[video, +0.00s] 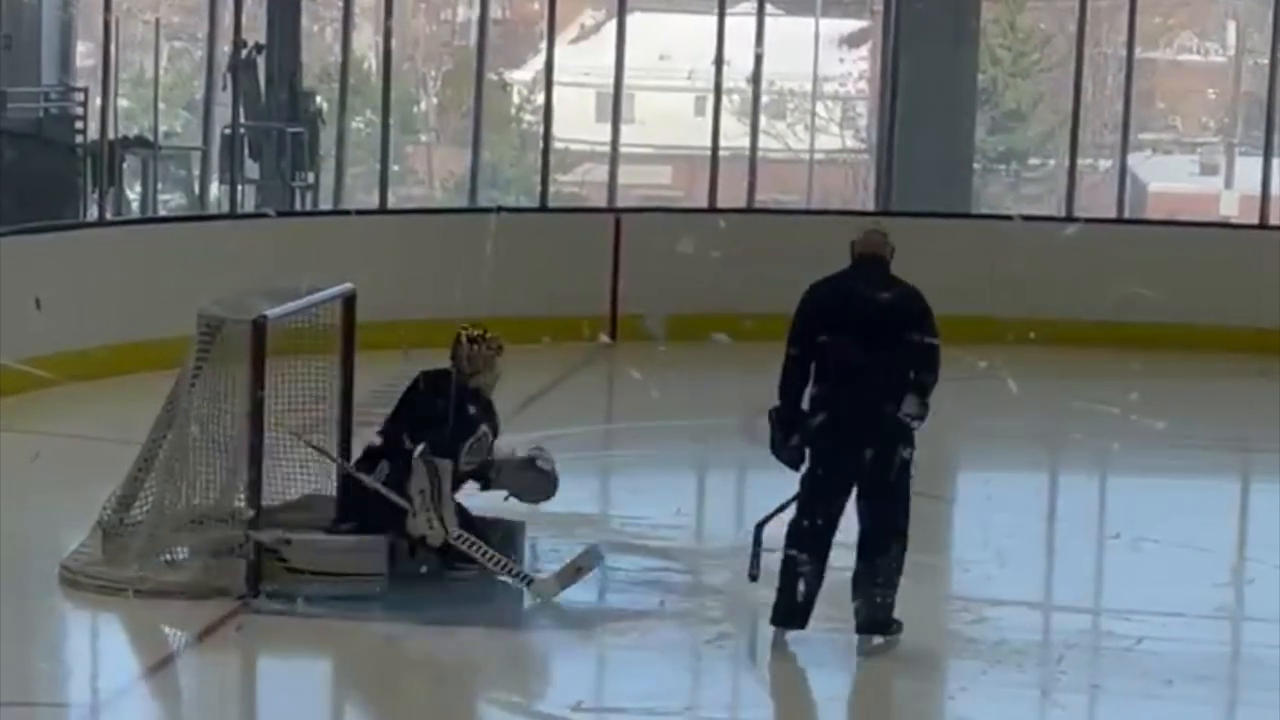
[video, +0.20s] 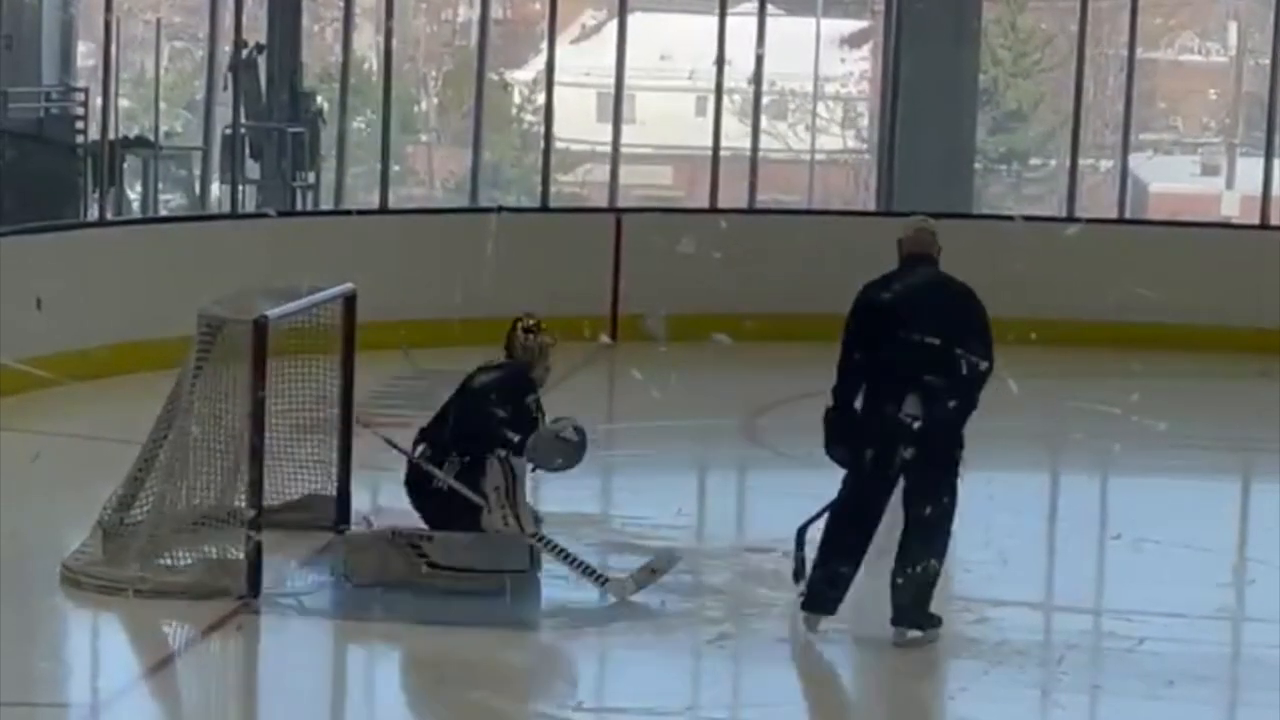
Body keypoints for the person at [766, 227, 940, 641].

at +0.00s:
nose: (877, 261)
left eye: (868, 252)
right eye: (886, 254)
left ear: (852, 255)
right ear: (890, 258)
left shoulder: (821, 294)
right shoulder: (910, 301)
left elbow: (796, 364)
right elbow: (926, 365)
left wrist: (787, 422)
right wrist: (909, 415)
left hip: (832, 427)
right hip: (888, 433)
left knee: (814, 517)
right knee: (884, 526)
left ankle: (789, 609)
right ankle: (874, 618)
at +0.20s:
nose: (916, 261)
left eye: (908, 253)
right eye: (928, 254)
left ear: (899, 253)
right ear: (938, 255)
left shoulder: (876, 293)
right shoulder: (965, 300)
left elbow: (852, 363)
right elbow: (978, 366)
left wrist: (839, 420)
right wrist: (954, 416)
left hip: (880, 427)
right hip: (938, 435)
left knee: (855, 511)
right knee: (928, 523)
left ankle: (818, 602)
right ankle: (910, 616)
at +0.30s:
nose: (927, 258)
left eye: (923, 251)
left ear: (922, 251)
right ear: (960, 252)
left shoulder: (899, 292)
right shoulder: (988, 297)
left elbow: (874, 365)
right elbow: (1004, 365)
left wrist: (863, 423)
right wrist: (973, 415)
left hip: (901, 426)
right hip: (957, 432)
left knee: (882, 509)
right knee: (948, 522)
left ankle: (853, 597)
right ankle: (930, 612)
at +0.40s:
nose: (943, 255)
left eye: (943, 248)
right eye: (952, 248)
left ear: (943, 249)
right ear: (980, 251)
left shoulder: (920, 292)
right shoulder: (1009, 295)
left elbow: (896, 362)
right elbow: (1028, 358)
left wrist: (886, 420)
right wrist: (995, 405)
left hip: (923, 425)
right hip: (977, 429)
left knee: (910, 507)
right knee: (967, 515)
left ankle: (894, 601)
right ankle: (952, 609)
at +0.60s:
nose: (973, 249)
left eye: (974, 243)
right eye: (978, 242)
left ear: (977, 246)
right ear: (1013, 246)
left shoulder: (955, 288)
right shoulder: (1039, 288)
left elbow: (935, 356)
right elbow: (1067, 350)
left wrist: (928, 415)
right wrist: (1036, 403)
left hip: (963, 418)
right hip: (1015, 421)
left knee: (960, 503)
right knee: (1010, 509)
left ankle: (957, 599)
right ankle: (997, 607)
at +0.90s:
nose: (998, 248)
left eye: (1001, 241)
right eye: (999, 241)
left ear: (1010, 242)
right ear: (1038, 240)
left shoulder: (996, 287)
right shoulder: (1073, 281)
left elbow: (978, 359)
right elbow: (1116, 328)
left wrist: (970, 419)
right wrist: (1088, 369)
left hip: (1009, 416)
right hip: (1059, 417)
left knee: (1003, 498)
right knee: (1055, 500)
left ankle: (1004, 591)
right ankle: (1055, 597)